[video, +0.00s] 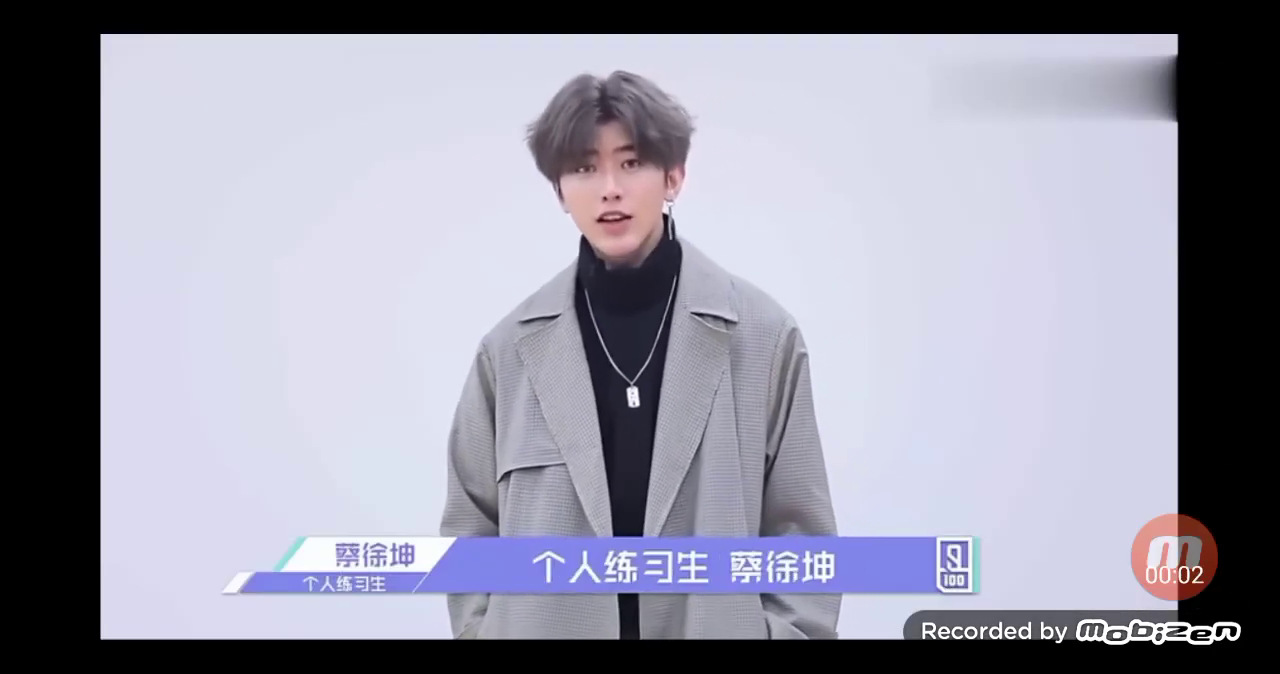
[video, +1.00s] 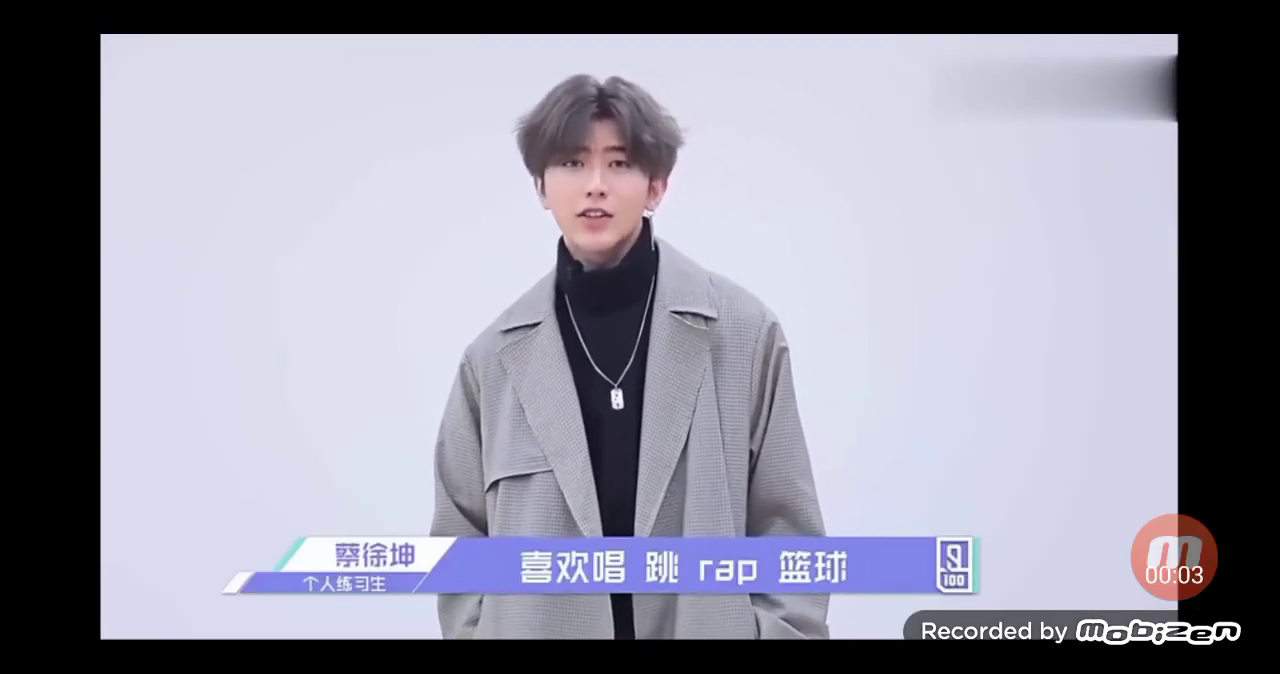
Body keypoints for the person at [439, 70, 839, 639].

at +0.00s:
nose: (609, 190)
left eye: (631, 164)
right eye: (585, 168)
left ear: (673, 177)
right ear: (560, 190)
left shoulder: (765, 336)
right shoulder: (505, 351)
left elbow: (804, 530)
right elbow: (467, 528)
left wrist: (786, 630)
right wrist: (485, 626)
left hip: (714, 630)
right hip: (548, 631)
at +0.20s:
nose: (603, 189)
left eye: (625, 165)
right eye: (580, 168)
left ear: (666, 180)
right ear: (553, 189)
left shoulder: (758, 333)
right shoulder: (500, 353)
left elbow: (798, 530)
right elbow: (465, 532)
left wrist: (780, 630)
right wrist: (482, 626)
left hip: (708, 629)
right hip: (545, 631)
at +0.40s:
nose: (606, 184)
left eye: (628, 162)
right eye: (582, 163)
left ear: (666, 181)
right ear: (553, 185)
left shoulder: (758, 333)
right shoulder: (499, 355)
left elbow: (800, 531)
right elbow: (464, 537)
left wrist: (785, 631)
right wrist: (482, 627)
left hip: (712, 630)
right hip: (548, 631)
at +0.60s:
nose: (606, 185)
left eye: (629, 164)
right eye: (583, 163)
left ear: (665, 184)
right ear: (553, 185)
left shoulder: (756, 334)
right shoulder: (497, 357)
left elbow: (800, 531)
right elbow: (462, 539)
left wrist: (784, 631)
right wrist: (481, 628)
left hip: (712, 629)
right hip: (548, 630)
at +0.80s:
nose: (603, 186)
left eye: (627, 164)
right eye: (580, 163)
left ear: (663, 184)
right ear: (550, 186)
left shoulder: (753, 334)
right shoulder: (495, 358)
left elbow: (796, 531)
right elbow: (460, 539)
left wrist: (781, 630)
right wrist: (478, 627)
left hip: (708, 629)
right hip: (544, 631)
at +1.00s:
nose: (595, 185)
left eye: (618, 164)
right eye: (572, 163)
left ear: (655, 188)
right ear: (542, 186)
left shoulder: (746, 333)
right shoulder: (489, 359)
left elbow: (791, 530)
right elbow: (455, 542)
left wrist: (776, 630)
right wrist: (476, 628)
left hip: (704, 629)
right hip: (541, 631)